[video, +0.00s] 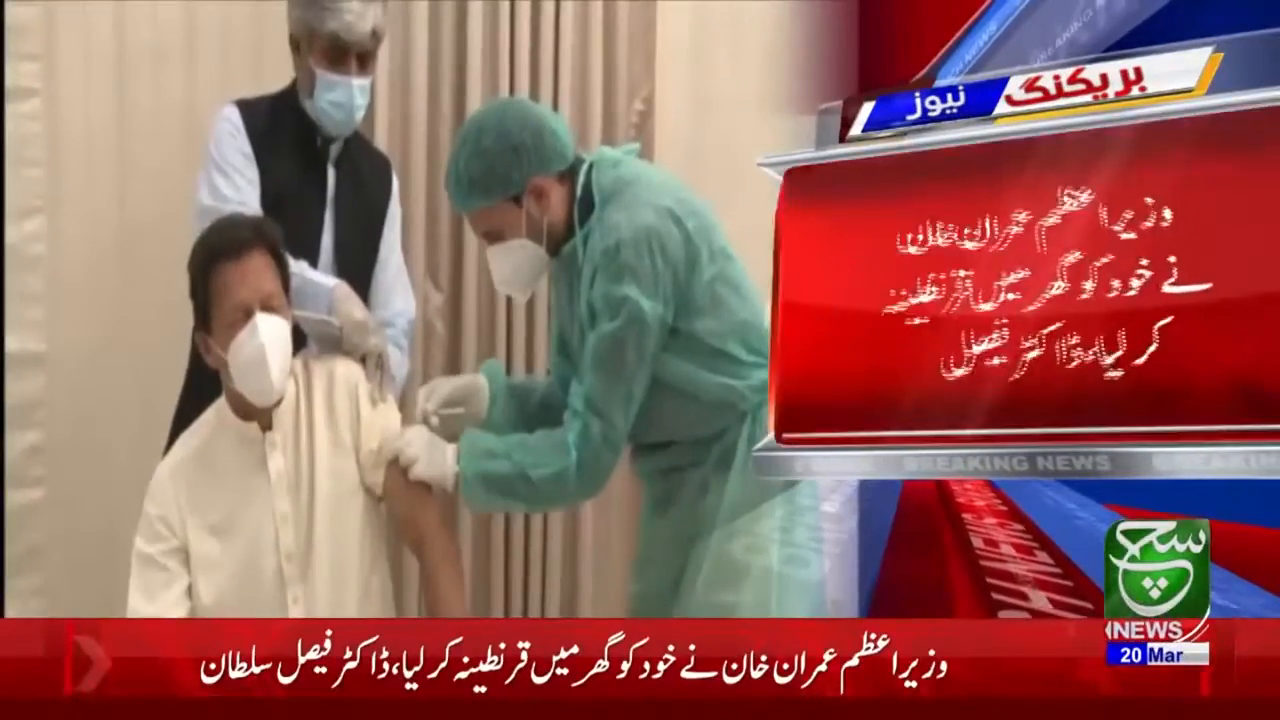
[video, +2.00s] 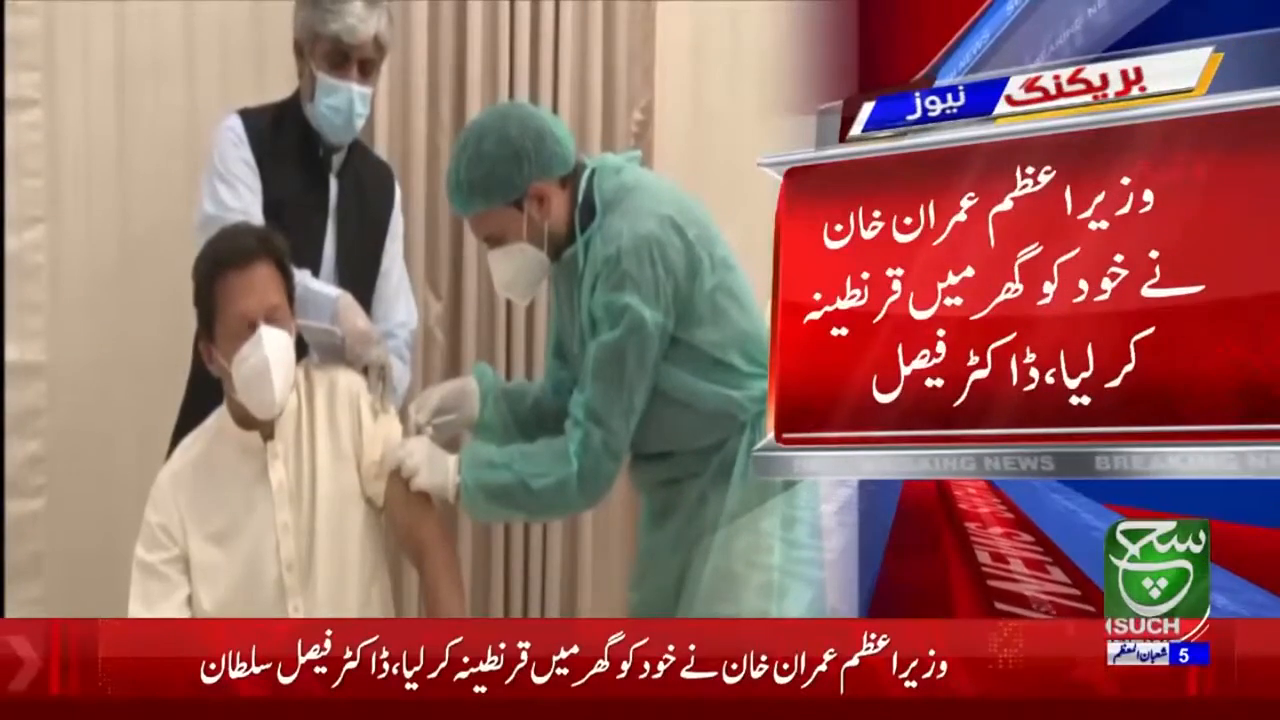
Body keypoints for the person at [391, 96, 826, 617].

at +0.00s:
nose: (493, 254)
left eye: (495, 236)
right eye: (484, 239)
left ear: (541, 195)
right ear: (542, 194)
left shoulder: (633, 231)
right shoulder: (582, 229)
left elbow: (587, 454)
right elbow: (575, 401)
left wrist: (458, 462)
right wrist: (488, 400)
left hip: (749, 461)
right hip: (678, 468)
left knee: (732, 656)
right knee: (654, 653)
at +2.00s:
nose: (496, 258)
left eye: (497, 241)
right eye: (487, 245)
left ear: (543, 202)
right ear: (544, 201)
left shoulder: (633, 239)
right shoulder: (582, 234)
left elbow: (589, 464)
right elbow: (566, 404)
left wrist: (457, 474)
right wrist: (482, 405)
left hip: (747, 475)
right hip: (677, 480)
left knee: (734, 664)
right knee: (656, 661)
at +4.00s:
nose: (498, 279)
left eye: (501, 260)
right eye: (489, 263)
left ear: (547, 220)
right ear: (547, 220)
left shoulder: (637, 262)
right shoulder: (584, 250)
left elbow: (593, 488)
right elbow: (575, 427)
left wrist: (459, 499)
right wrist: (494, 419)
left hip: (750, 492)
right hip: (678, 499)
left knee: (742, 676)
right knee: (664, 673)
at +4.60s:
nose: (499, 280)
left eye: (502, 262)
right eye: (489, 265)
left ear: (546, 221)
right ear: (546, 220)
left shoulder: (636, 262)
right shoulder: (583, 253)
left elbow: (592, 489)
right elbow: (579, 429)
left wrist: (459, 500)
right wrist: (500, 428)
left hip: (751, 495)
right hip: (677, 501)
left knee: (744, 686)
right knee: (663, 684)